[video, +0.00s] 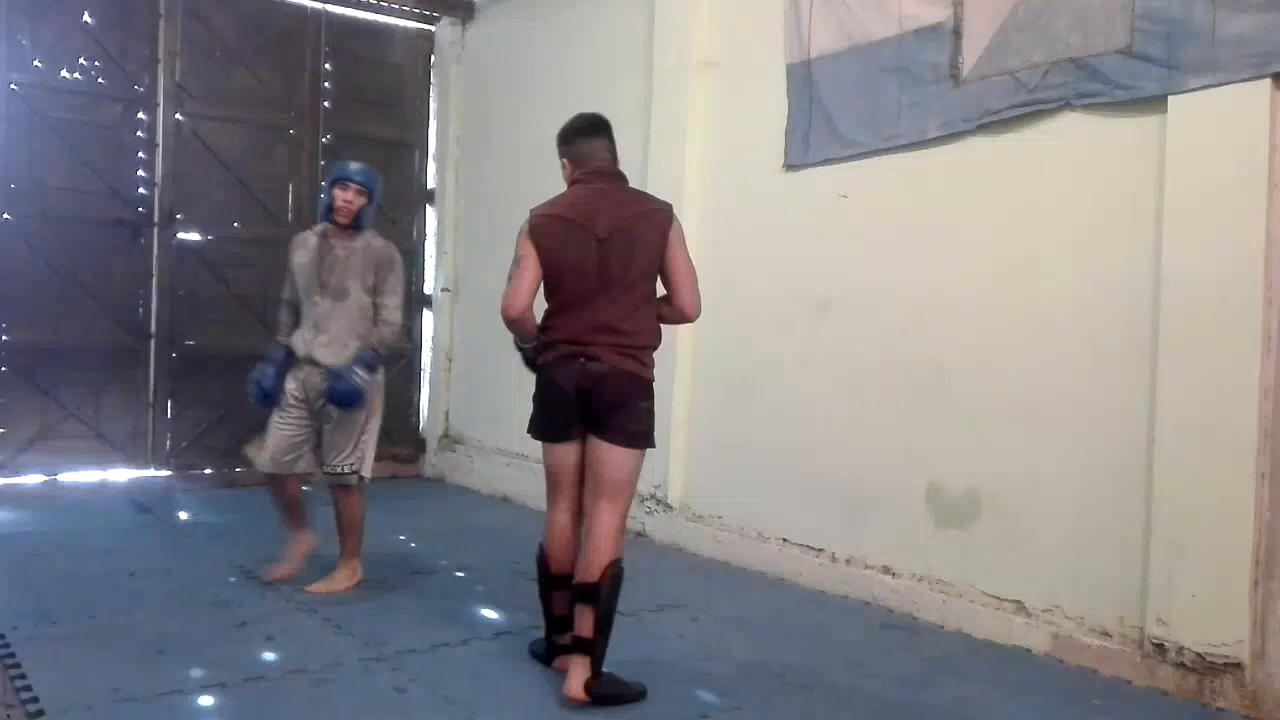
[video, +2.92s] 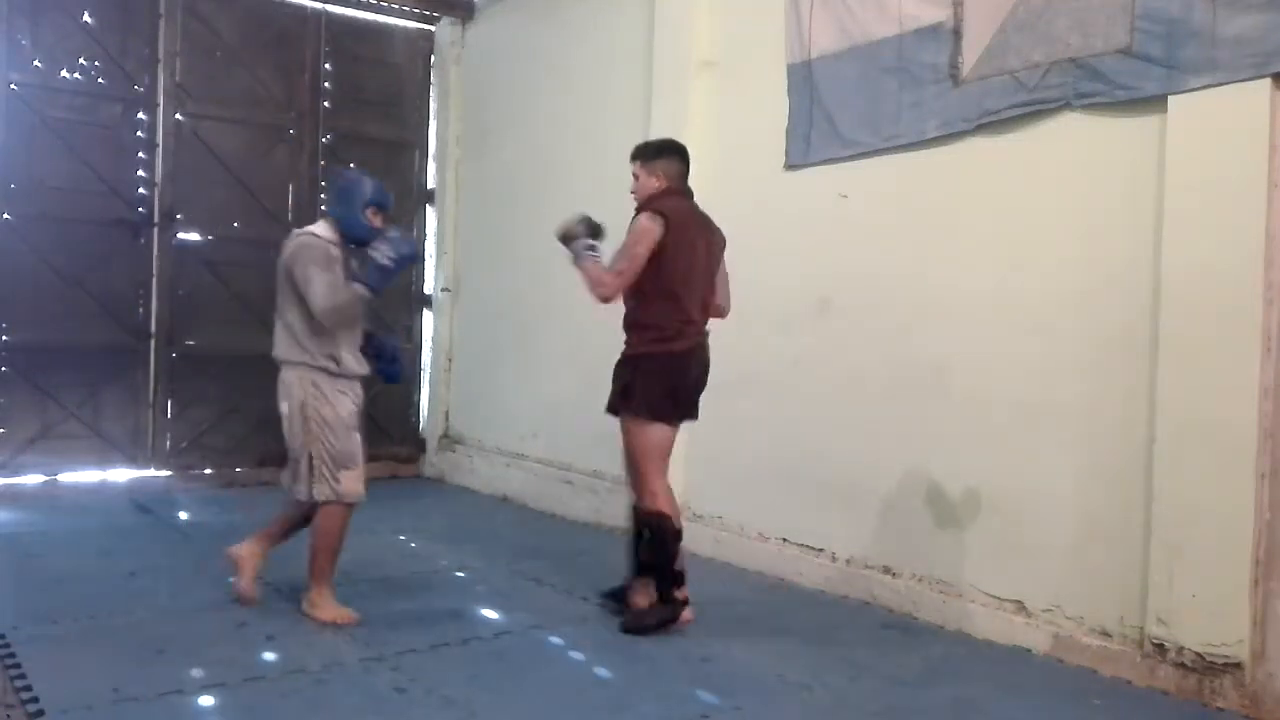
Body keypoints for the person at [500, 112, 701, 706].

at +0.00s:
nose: (566, 172)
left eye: (563, 165)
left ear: (566, 165)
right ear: (618, 160)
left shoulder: (545, 220)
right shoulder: (658, 215)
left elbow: (514, 309)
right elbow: (686, 306)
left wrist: (533, 343)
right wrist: (637, 308)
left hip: (560, 376)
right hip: (625, 381)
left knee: (562, 507)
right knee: (607, 516)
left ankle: (559, 641)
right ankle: (582, 672)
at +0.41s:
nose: (544, 186)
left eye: (543, 179)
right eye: (545, 179)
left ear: (553, 176)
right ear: (598, 165)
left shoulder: (539, 228)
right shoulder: (647, 215)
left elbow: (519, 322)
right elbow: (677, 301)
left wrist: (562, 310)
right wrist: (637, 309)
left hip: (565, 384)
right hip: (631, 384)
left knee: (567, 503)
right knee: (647, 492)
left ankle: (562, 647)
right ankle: (641, 626)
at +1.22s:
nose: (588, 214)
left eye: (590, 204)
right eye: (586, 205)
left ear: (611, 200)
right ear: (629, 198)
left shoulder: (605, 246)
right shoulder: (678, 244)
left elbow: (591, 331)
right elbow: (712, 314)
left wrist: (562, 329)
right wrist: (658, 324)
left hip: (617, 387)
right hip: (671, 389)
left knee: (584, 490)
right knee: (649, 482)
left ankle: (601, 618)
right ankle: (688, 587)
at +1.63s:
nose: (647, 221)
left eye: (650, 210)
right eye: (646, 211)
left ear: (675, 206)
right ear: (688, 205)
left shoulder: (684, 248)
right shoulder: (722, 245)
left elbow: (645, 319)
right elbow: (697, 313)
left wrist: (629, 273)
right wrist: (650, 273)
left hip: (684, 384)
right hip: (724, 384)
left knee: (630, 479)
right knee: (703, 485)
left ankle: (636, 608)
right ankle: (750, 594)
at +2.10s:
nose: (677, 210)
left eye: (682, 200)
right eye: (676, 201)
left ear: (709, 196)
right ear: (710, 197)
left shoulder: (724, 240)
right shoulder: (736, 232)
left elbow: (731, 311)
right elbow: (731, 302)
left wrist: (679, 295)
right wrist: (685, 301)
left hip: (713, 368)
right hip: (743, 368)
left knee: (657, 457)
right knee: (733, 471)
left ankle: (694, 571)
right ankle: (769, 579)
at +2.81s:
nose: (635, 186)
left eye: (640, 177)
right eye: (636, 177)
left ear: (663, 178)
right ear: (678, 179)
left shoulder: (660, 220)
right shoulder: (709, 227)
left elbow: (644, 296)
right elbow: (716, 308)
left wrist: (608, 269)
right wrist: (644, 299)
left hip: (656, 362)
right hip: (693, 360)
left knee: (648, 478)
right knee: (669, 469)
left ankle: (658, 598)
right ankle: (709, 570)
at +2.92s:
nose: (632, 187)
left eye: (636, 178)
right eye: (632, 178)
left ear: (658, 178)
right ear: (675, 179)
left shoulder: (654, 217)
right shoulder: (708, 227)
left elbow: (606, 287)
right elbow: (719, 306)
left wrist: (582, 249)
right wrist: (665, 282)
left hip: (652, 360)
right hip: (688, 359)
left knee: (650, 480)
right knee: (646, 476)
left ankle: (671, 596)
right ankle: (643, 588)